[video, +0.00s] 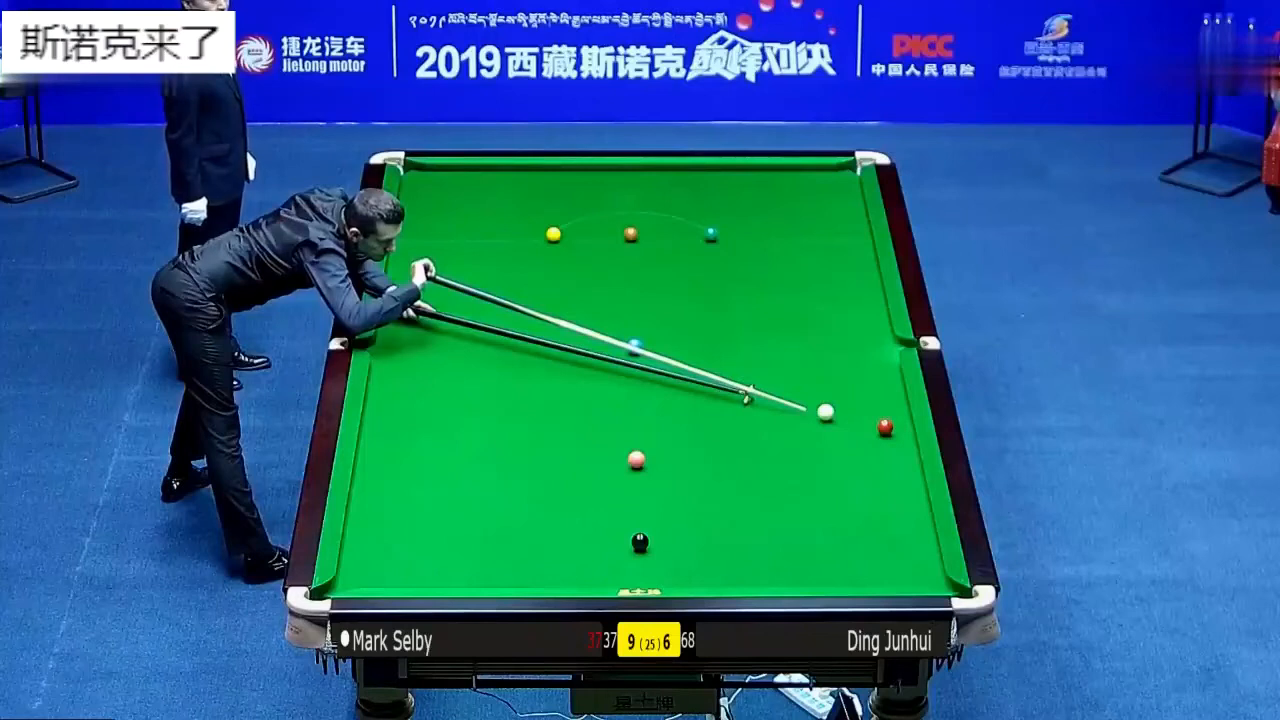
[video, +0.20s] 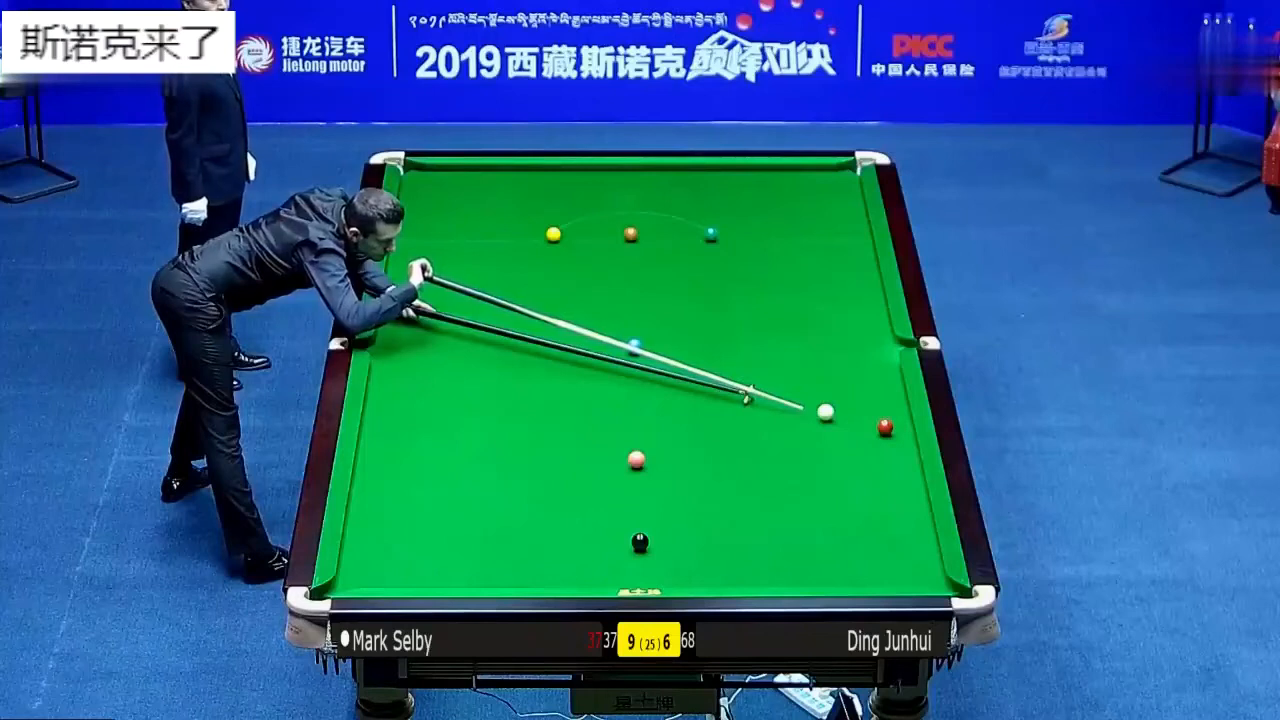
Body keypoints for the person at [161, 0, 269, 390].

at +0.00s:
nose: (224, 8)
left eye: (224, 4)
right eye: (215, 3)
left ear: (220, 11)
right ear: (191, 7)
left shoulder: (217, 54)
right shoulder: (185, 66)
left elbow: (227, 113)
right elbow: (180, 135)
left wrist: (241, 153)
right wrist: (190, 195)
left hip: (227, 183)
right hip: (205, 190)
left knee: (219, 267)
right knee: (204, 273)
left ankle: (216, 347)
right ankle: (213, 352)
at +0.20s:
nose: (225, 9)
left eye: (225, 4)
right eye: (216, 3)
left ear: (220, 10)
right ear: (191, 7)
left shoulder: (217, 53)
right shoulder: (184, 65)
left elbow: (227, 114)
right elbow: (181, 135)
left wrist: (242, 154)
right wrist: (191, 195)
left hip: (227, 183)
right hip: (205, 190)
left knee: (220, 268)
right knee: (203, 274)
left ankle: (217, 346)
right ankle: (210, 353)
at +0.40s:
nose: (225, 9)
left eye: (225, 4)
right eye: (216, 3)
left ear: (221, 10)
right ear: (192, 7)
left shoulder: (217, 53)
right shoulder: (184, 65)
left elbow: (227, 114)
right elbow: (181, 135)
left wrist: (243, 154)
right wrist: (191, 195)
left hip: (227, 183)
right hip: (205, 190)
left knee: (220, 268)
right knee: (203, 274)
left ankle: (218, 346)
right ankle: (208, 353)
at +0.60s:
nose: (225, 9)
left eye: (225, 4)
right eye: (216, 3)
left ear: (221, 10)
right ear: (192, 7)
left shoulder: (217, 54)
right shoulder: (184, 66)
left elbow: (227, 114)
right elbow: (181, 135)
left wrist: (243, 154)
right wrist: (191, 195)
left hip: (227, 183)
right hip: (205, 190)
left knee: (220, 268)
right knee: (203, 274)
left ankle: (218, 346)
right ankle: (208, 353)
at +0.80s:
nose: (224, 9)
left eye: (224, 4)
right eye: (215, 3)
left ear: (220, 10)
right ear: (191, 7)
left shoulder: (217, 54)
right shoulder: (184, 66)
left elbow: (228, 113)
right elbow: (181, 136)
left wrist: (242, 154)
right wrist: (191, 195)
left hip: (227, 184)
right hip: (205, 191)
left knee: (220, 268)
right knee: (203, 274)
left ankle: (218, 347)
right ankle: (210, 353)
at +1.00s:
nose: (223, 9)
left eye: (224, 4)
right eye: (214, 4)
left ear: (220, 11)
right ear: (190, 7)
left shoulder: (217, 56)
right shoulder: (185, 67)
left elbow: (228, 114)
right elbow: (181, 136)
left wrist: (242, 153)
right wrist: (191, 195)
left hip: (227, 185)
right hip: (205, 191)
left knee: (220, 269)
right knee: (203, 274)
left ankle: (219, 347)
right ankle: (208, 354)